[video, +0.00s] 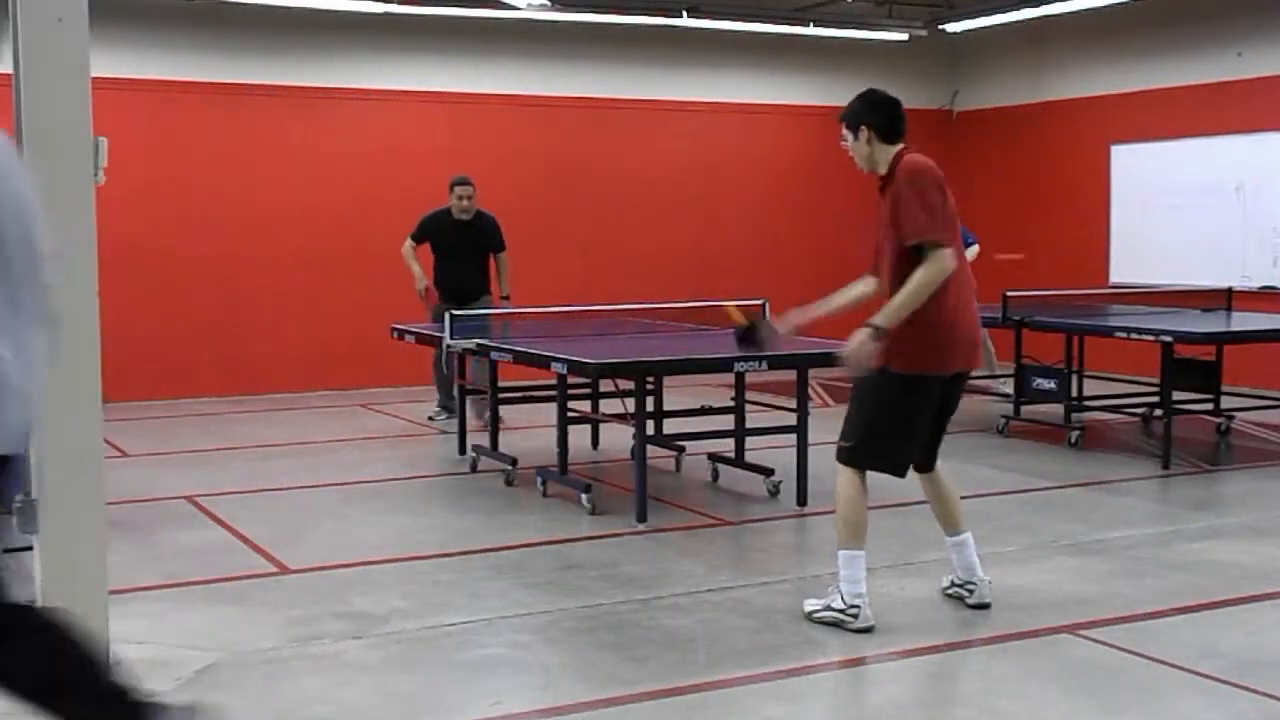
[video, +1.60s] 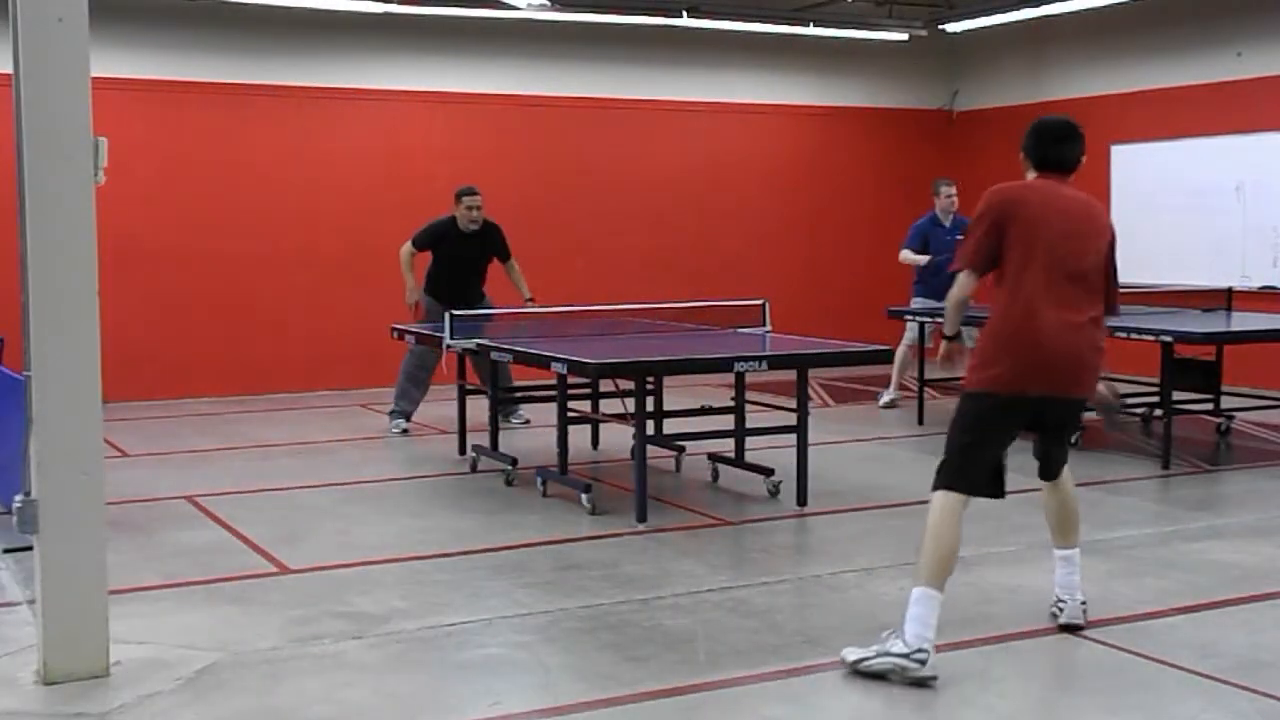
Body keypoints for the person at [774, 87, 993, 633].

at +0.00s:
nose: (849, 152)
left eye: (849, 141)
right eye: (846, 142)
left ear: (867, 134)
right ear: (885, 132)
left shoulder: (912, 172)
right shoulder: (900, 183)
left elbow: (943, 259)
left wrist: (877, 329)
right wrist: (804, 315)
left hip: (911, 351)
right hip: (951, 349)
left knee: (850, 461)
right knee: (923, 460)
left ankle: (850, 599)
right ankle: (972, 579)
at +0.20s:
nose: (860, 145)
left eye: (860, 134)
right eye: (858, 135)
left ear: (879, 130)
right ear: (895, 128)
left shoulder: (938, 171)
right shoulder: (902, 186)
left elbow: (986, 255)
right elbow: (871, 241)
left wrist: (957, 334)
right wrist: (820, 229)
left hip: (926, 347)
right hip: (946, 346)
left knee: (862, 455)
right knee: (933, 460)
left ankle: (857, 597)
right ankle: (981, 576)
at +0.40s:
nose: (869, 148)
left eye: (870, 137)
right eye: (869, 137)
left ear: (885, 139)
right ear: (917, 135)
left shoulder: (934, 186)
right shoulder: (933, 181)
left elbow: (968, 276)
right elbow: (942, 255)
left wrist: (935, 371)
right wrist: (896, 234)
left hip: (927, 362)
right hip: (957, 358)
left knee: (865, 479)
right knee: (933, 465)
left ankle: (906, 612)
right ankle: (981, 574)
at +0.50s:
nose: (870, 140)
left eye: (871, 131)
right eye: (873, 130)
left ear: (885, 135)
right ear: (926, 134)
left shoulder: (916, 183)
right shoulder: (955, 181)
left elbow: (934, 279)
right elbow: (983, 262)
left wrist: (888, 373)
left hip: (926, 371)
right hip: (969, 366)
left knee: (873, 496)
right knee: (947, 464)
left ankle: (930, 634)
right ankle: (979, 575)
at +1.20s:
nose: (914, 164)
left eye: (916, 156)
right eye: (923, 155)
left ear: (924, 161)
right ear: (977, 161)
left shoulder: (904, 214)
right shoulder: (1010, 222)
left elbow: (868, 303)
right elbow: (1037, 325)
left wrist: (860, 366)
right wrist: (1029, 380)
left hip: (917, 395)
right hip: (997, 393)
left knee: (847, 526)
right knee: (1001, 481)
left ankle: (870, 671)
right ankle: (1051, 608)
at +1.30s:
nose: (951, 165)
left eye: (950, 156)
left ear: (953, 164)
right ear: (1006, 165)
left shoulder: (924, 216)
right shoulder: (1032, 225)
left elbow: (894, 312)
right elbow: (1065, 325)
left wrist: (922, 360)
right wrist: (1072, 390)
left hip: (928, 397)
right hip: (1008, 398)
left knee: (869, 525)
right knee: (1025, 481)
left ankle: (873, 672)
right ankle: (1067, 597)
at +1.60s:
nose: (1021, 163)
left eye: (1021, 154)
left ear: (1027, 158)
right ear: (1079, 164)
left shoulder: (1004, 199)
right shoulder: (1099, 216)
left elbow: (962, 289)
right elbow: (1106, 306)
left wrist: (949, 332)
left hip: (1005, 363)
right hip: (1074, 370)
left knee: (952, 490)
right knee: (1055, 469)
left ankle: (915, 641)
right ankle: (1071, 599)